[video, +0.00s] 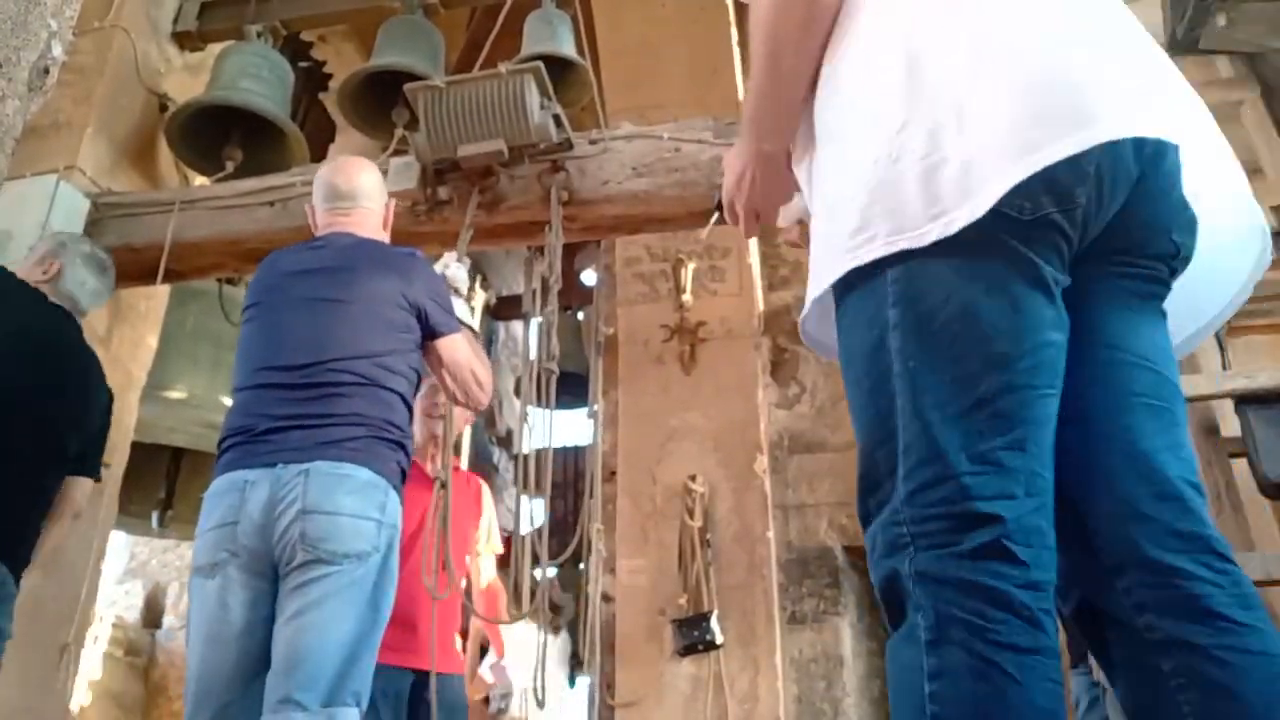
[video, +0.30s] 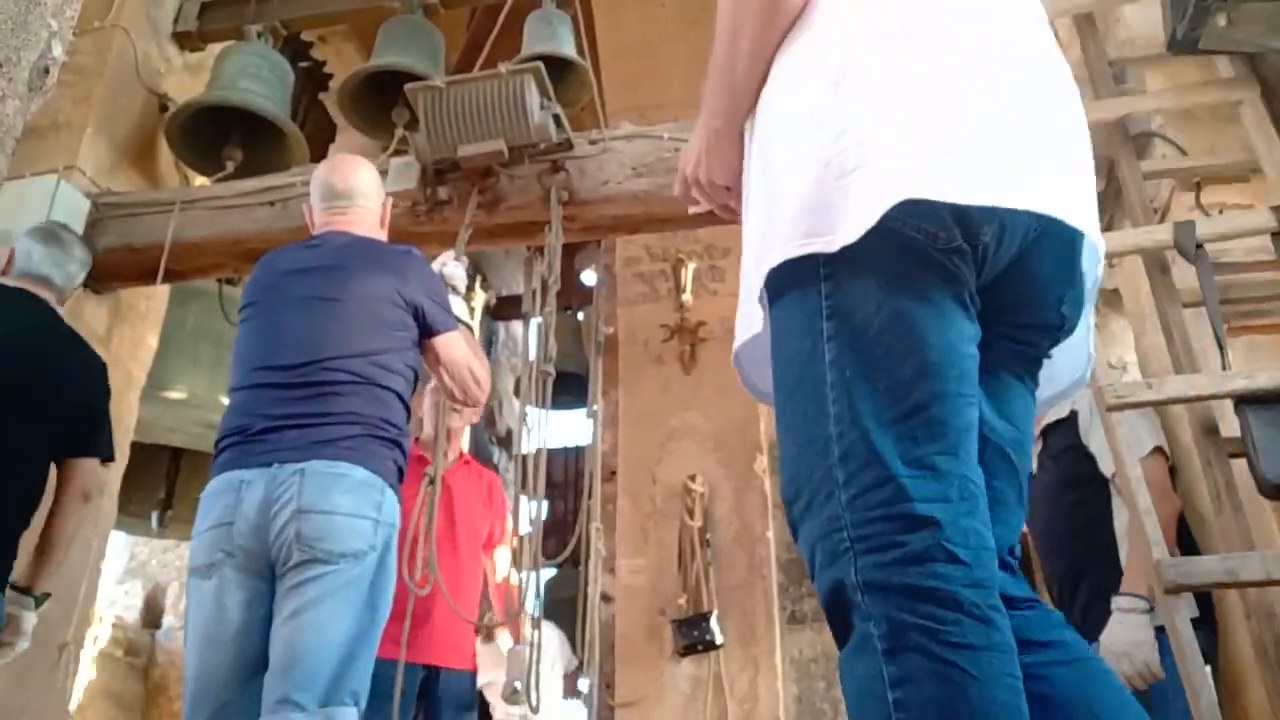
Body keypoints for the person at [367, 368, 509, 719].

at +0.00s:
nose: (438, 404)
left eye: (452, 397)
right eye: (430, 392)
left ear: (469, 416)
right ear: (410, 402)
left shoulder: (474, 491)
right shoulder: (388, 477)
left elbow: (485, 579)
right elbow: (360, 560)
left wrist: (496, 653)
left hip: (448, 663)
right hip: (384, 658)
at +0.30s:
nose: (448, 403)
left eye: (458, 394)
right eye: (437, 391)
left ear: (475, 414)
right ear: (415, 405)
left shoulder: (487, 483)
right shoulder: (392, 468)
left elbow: (500, 571)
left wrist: (516, 642)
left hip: (457, 655)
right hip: (389, 649)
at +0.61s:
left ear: (451, 403)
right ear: (396, 394)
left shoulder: (466, 471)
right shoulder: (376, 460)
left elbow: (480, 567)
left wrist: (493, 653)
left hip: (434, 647)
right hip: (365, 641)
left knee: (437, 713)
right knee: (348, 713)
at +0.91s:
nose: (413, 378)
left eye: (424, 370)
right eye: (410, 367)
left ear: (440, 384)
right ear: (389, 376)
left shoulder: (450, 465)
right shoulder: (358, 451)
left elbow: (466, 560)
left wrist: (479, 645)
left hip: (421, 643)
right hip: (353, 638)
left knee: (431, 712)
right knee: (339, 713)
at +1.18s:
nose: (415, 379)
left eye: (426, 371)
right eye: (411, 368)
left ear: (440, 385)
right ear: (389, 373)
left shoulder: (449, 459)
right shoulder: (354, 446)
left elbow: (465, 555)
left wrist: (478, 632)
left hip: (416, 646)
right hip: (346, 639)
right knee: (332, 713)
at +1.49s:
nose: (416, 395)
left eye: (426, 386)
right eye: (410, 384)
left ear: (445, 396)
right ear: (394, 390)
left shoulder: (469, 461)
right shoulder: (370, 452)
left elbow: (490, 564)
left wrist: (486, 643)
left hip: (426, 650)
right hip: (352, 640)